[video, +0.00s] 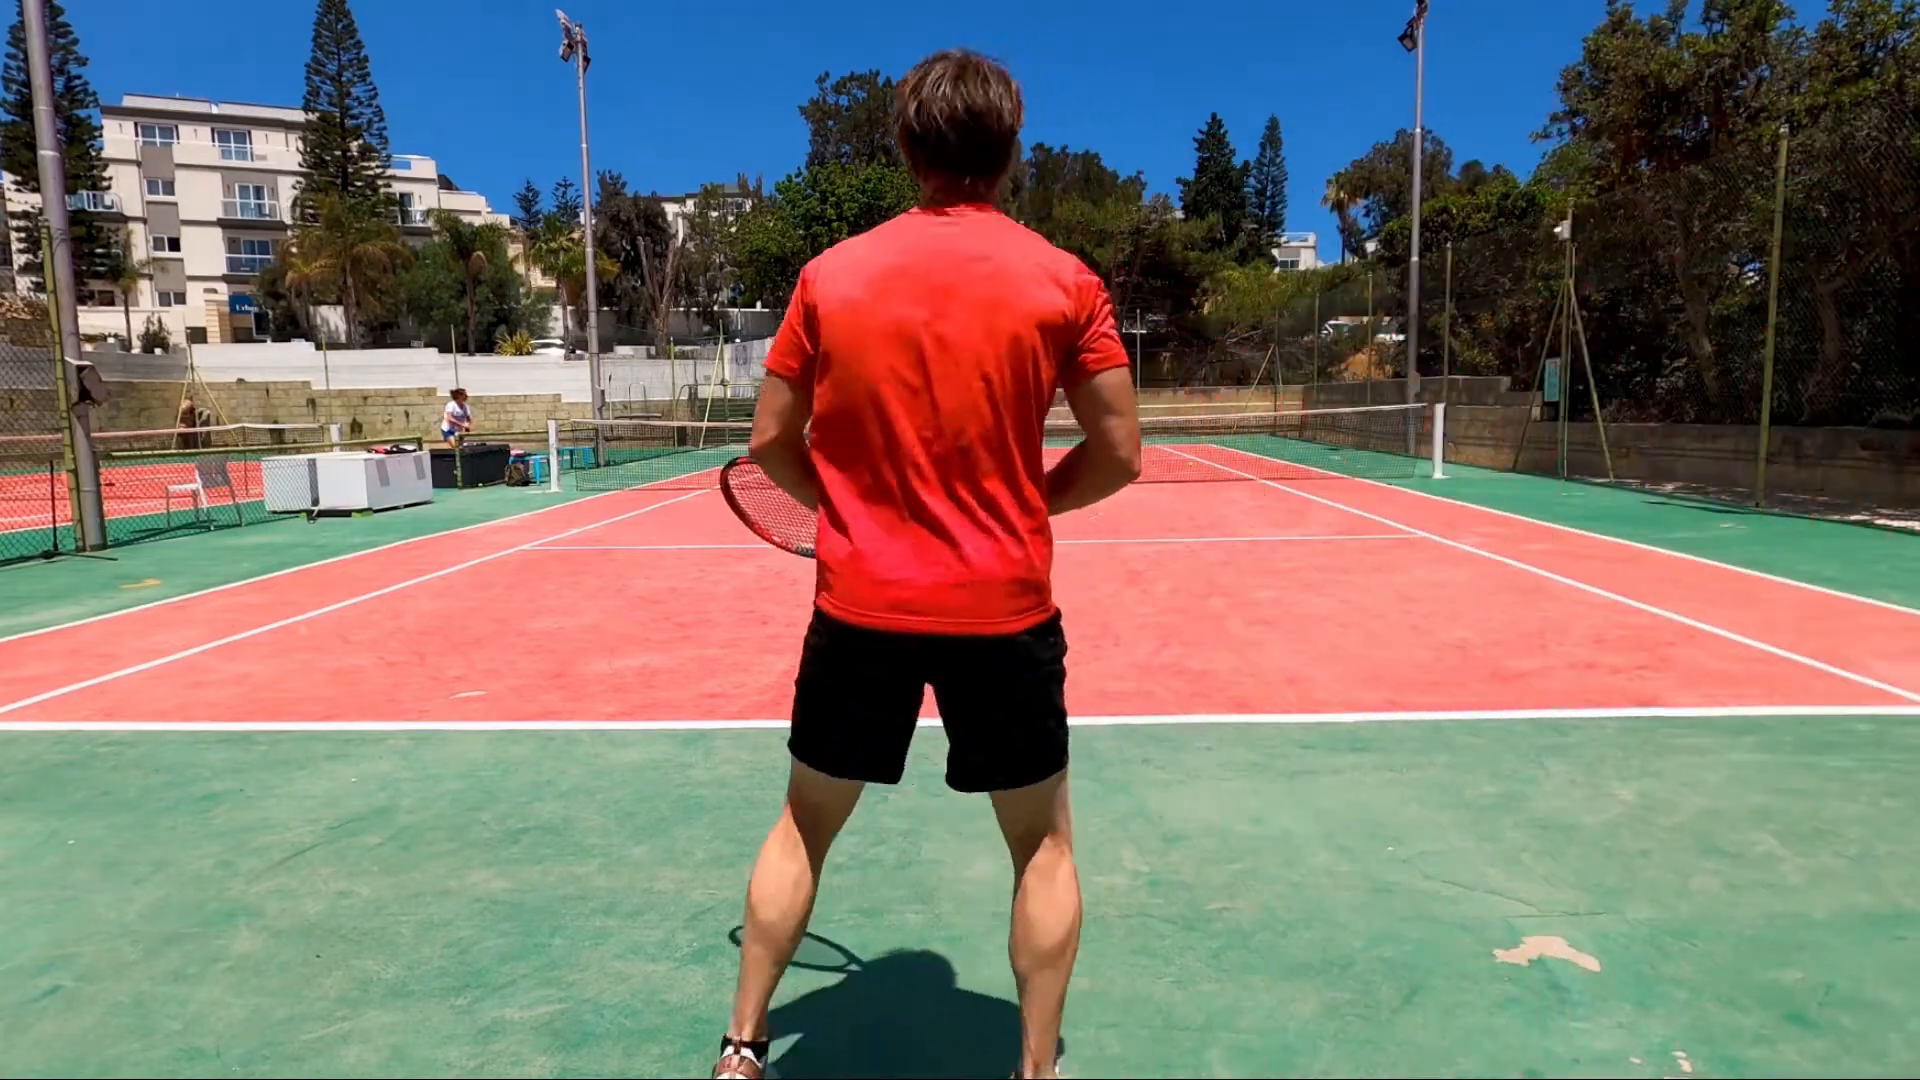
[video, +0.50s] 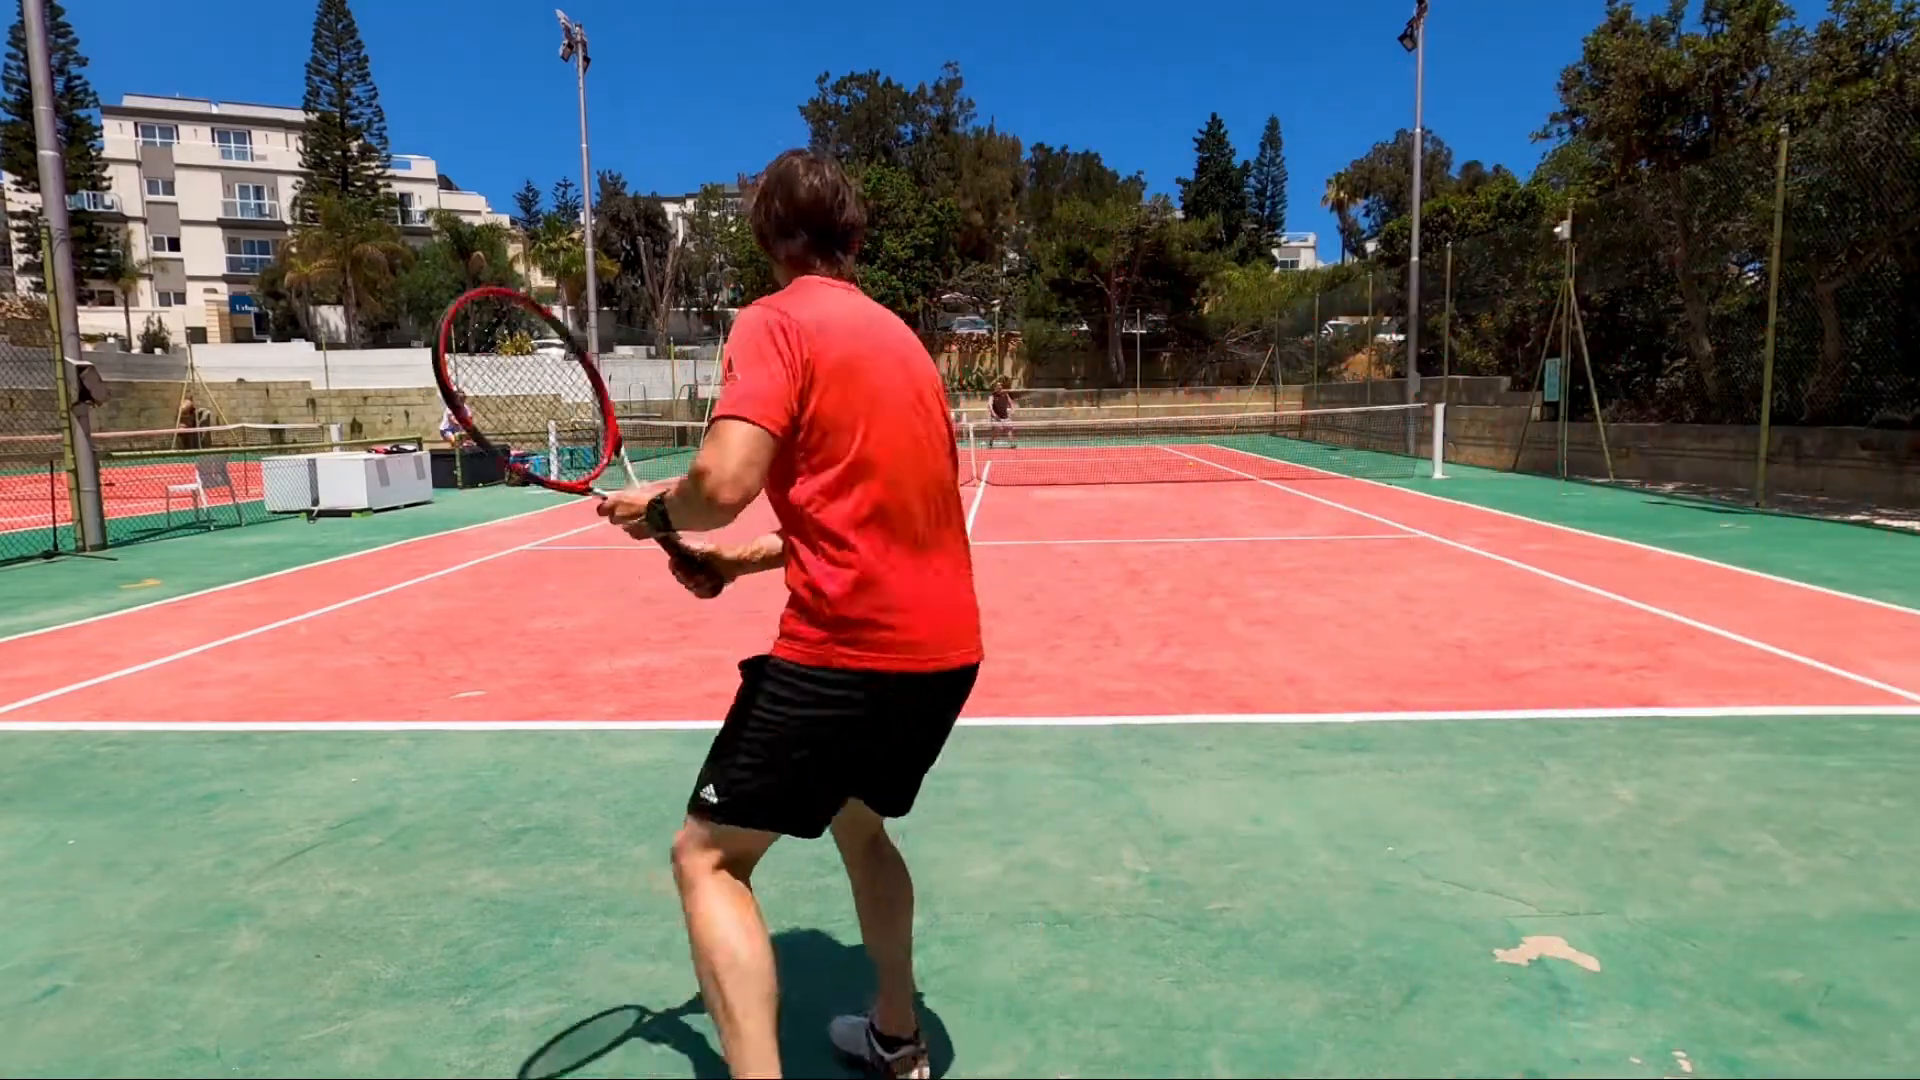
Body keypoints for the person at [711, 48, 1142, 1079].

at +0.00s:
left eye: (905, 138)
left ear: (906, 148)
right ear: (1008, 150)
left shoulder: (836, 274)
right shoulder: (1061, 279)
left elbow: (774, 442)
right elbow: (1115, 450)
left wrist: (853, 509)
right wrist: (1017, 500)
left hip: (862, 604)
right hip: (1002, 607)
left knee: (804, 826)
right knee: (1042, 841)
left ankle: (741, 1046)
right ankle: (1039, 1065)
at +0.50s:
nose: (755, 240)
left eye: (756, 227)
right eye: (761, 228)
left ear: (768, 232)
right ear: (851, 235)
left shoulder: (776, 323)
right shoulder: (900, 339)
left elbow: (724, 486)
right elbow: (878, 510)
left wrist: (661, 507)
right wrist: (740, 558)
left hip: (837, 648)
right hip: (943, 647)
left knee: (709, 855)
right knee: (859, 819)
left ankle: (755, 1072)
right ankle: (897, 1029)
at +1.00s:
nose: (673, 307)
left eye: (671, 287)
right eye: (674, 290)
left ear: (685, 285)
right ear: (759, 269)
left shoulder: (766, 331)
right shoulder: (751, 388)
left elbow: (847, 408)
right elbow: (698, 541)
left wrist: (667, 434)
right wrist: (621, 544)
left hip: (910, 687)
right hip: (860, 686)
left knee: (843, 996)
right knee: (785, 809)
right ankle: (858, 1022)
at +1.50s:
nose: (561, 179)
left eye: (558, 165)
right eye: (564, 165)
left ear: (570, 162)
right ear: (658, 148)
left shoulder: (596, 242)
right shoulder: (729, 239)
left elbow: (630, 384)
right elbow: (750, 396)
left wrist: (585, 551)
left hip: (683, 567)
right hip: (776, 558)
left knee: (717, 825)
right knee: (766, 781)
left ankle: (902, 997)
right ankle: (778, 992)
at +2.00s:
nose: (583, 265)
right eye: (580, 253)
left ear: (483, 272)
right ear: (570, 258)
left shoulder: (445, 386)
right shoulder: (640, 350)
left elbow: (363, 546)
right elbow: (775, 445)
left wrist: (321, 649)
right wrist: (866, 469)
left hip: (518, 666)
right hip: (652, 647)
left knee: (482, 865)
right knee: (718, 794)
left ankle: (456, 1071)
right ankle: (732, 1002)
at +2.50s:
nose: (724, 250)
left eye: (717, 239)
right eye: (724, 239)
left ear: (636, 239)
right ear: (713, 242)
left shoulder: (572, 324)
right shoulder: (747, 336)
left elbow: (500, 451)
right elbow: (792, 485)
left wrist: (569, 509)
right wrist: (727, 538)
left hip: (583, 597)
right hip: (699, 603)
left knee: (555, 765)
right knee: (754, 787)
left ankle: (509, 957)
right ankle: (738, 1010)